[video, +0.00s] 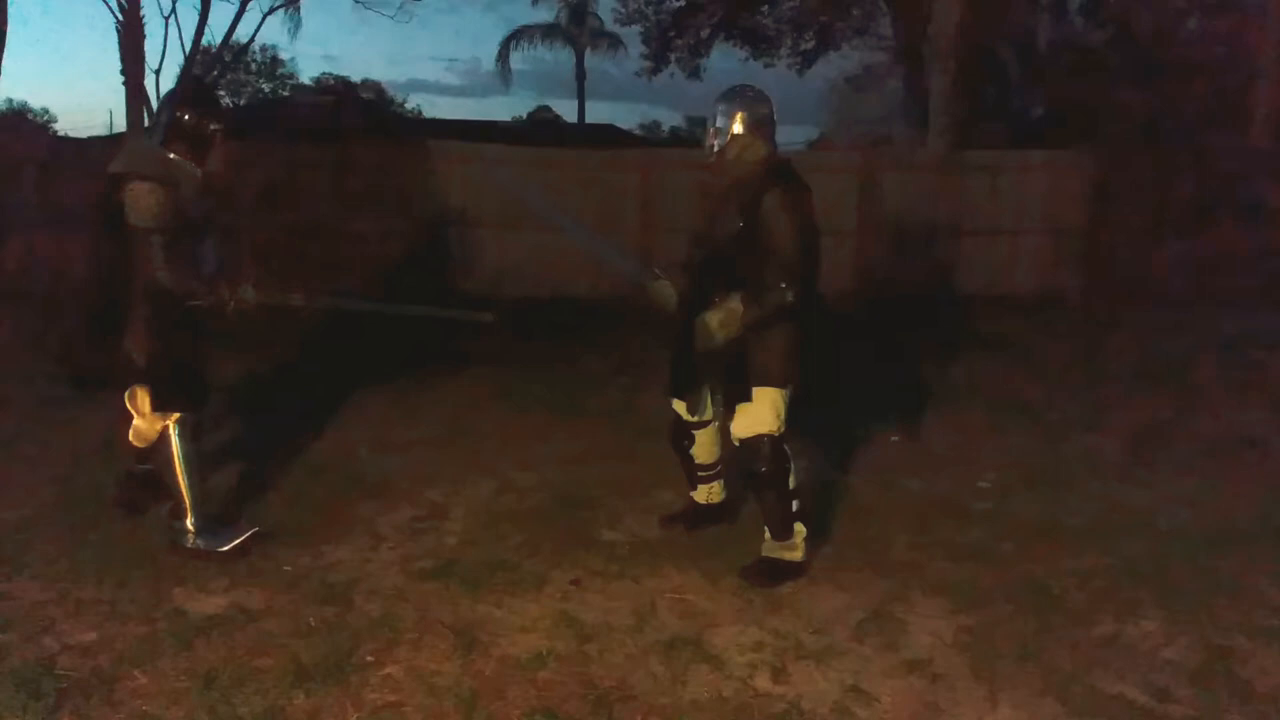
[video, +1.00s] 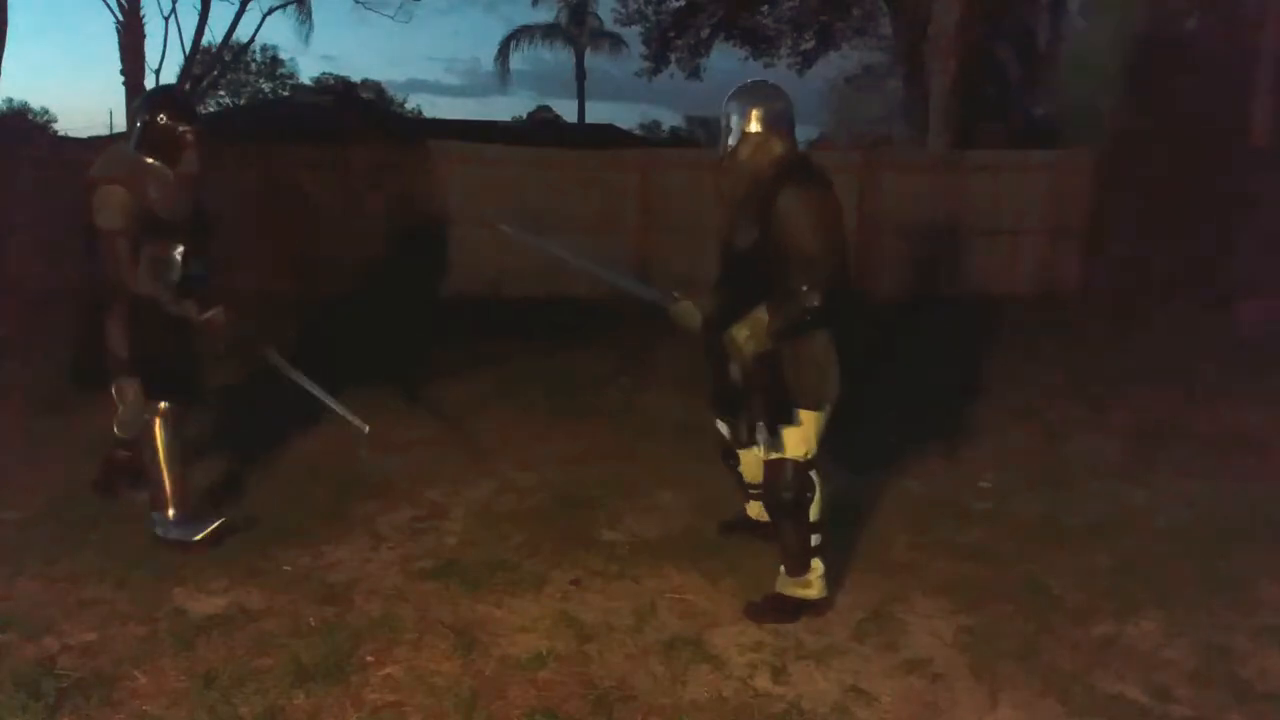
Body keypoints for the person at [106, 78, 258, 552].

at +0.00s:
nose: (215, 144)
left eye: (216, 134)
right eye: (211, 133)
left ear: (182, 129)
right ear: (191, 129)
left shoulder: (184, 179)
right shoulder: (152, 183)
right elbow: (154, 267)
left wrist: (215, 283)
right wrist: (204, 294)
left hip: (171, 308)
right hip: (156, 313)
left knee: (161, 394)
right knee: (178, 406)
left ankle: (138, 472)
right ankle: (194, 522)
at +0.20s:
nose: (217, 147)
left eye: (217, 136)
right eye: (212, 136)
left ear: (179, 133)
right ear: (192, 134)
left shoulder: (183, 184)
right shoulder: (151, 190)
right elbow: (157, 276)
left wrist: (221, 287)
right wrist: (207, 298)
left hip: (176, 314)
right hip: (162, 318)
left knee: (165, 398)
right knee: (182, 412)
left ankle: (141, 469)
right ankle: (193, 521)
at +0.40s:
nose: (218, 146)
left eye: (218, 134)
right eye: (212, 135)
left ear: (177, 130)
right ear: (190, 133)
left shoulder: (180, 182)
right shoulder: (151, 188)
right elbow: (155, 280)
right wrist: (212, 305)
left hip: (165, 312)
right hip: (152, 318)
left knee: (166, 399)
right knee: (177, 409)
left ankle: (138, 468)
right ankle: (192, 521)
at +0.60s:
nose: (203, 144)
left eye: (203, 134)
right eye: (196, 134)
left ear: (165, 138)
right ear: (168, 136)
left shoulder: (175, 187)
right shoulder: (134, 193)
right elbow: (141, 283)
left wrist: (208, 302)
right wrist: (202, 309)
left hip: (174, 316)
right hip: (153, 320)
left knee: (159, 407)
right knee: (179, 413)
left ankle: (123, 465)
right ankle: (194, 522)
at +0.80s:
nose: (192, 143)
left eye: (193, 133)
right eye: (185, 132)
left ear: (151, 131)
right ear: (161, 131)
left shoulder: (160, 181)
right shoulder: (123, 181)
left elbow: (166, 257)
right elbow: (125, 271)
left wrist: (200, 297)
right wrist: (190, 308)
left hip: (150, 306)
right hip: (138, 310)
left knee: (140, 391)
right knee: (165, 403)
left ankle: (123, 457)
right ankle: (184, 508)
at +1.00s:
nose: (187, 138)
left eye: (189, 129)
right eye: (179, 128)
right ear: (154, 127)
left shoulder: (173, 183)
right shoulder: (119, 183)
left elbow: (187, 255)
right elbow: (121, 275)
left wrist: (206, 299)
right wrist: (188, 310)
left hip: (166, 305)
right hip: (137, 308)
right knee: (164, 402)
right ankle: (173, 511)